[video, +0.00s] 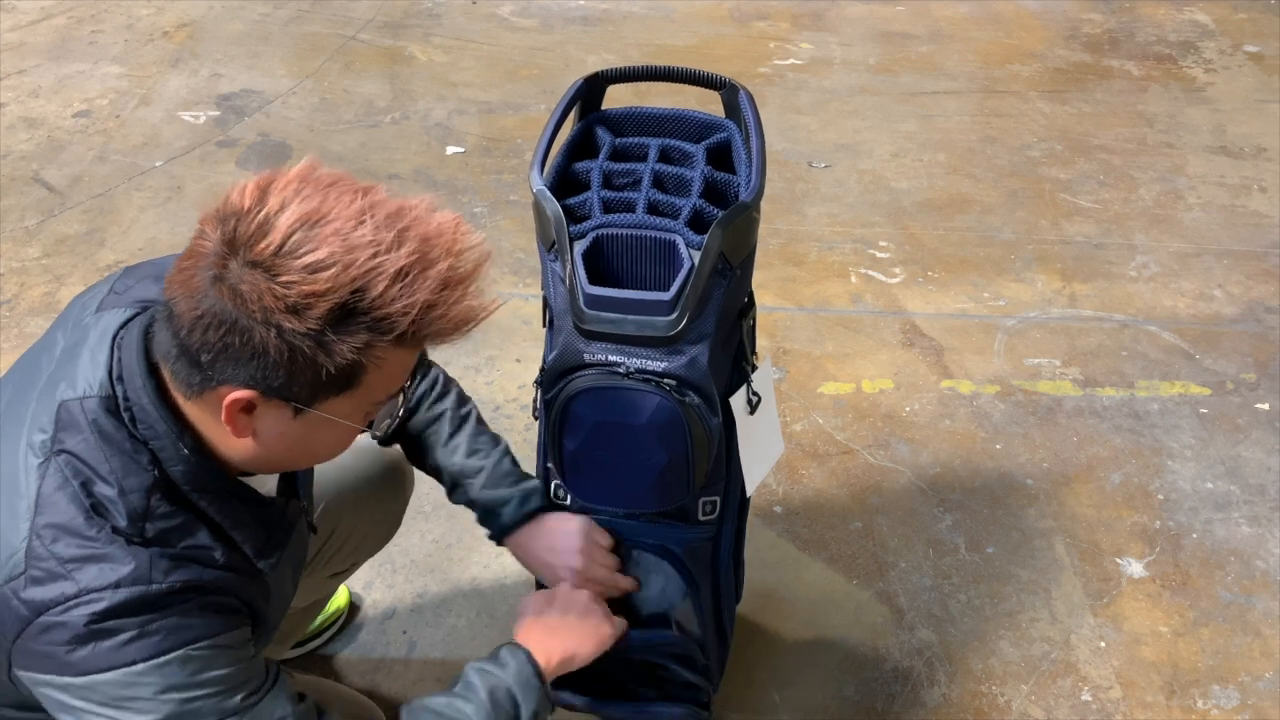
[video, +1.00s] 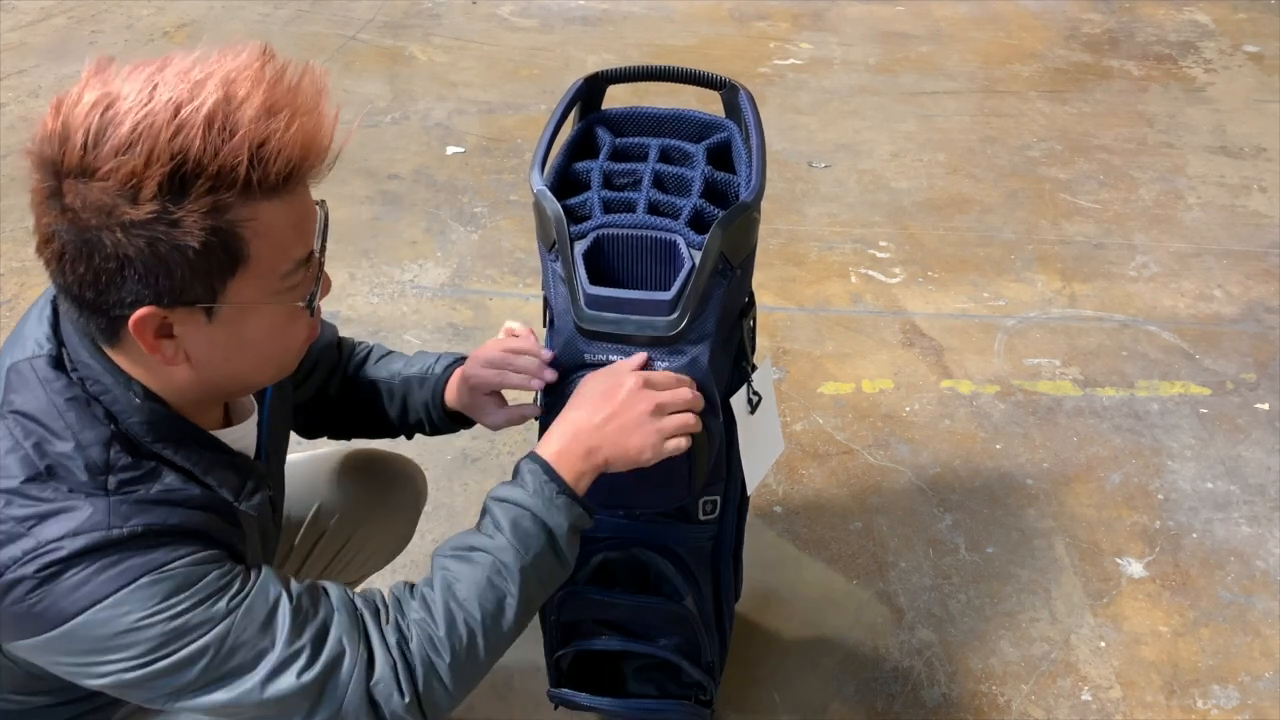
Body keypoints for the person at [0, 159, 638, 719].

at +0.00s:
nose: (380, 423)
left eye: (393, 397)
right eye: (368, 410)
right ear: (244, 414)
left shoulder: (185, 295)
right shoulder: (125, 631)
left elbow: (408, 385)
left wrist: (523, 517)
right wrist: (527, 660)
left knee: (378, 484)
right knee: (351, 711)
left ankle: (270, 636)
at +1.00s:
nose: (323, 290)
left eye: (316, 255)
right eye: (300, 278)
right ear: (163, 336)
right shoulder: (88, 572)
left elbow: (326, 380)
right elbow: (389, 676)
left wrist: (454, 386)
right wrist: (567, 459)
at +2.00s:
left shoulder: (192, 23)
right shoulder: (72, 119)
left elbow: (272, 202)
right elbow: (315, 450)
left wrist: (465, 337)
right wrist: (584, 420)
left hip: (15, 373)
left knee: (82, 533)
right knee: (42, 668)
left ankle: (198, 653)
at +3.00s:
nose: (483, 37)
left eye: (507, 20)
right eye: (504, 13)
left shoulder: (237, 14)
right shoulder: (164, 128)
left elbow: (316, 195)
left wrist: (461, 360)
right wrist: (537, 487)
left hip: (20, 392)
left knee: (94, 532)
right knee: (69, 666)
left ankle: (202, 654)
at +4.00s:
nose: (383, 63)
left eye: (398, 41)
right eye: (386, 41)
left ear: (206, 2)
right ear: (211, 3)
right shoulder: (25, 257)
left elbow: (226, 145)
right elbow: (191, 485)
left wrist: (369, 316)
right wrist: (480, 506)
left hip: (45, 363)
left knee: (94, 520)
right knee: (38, 620)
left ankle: (198, 653)